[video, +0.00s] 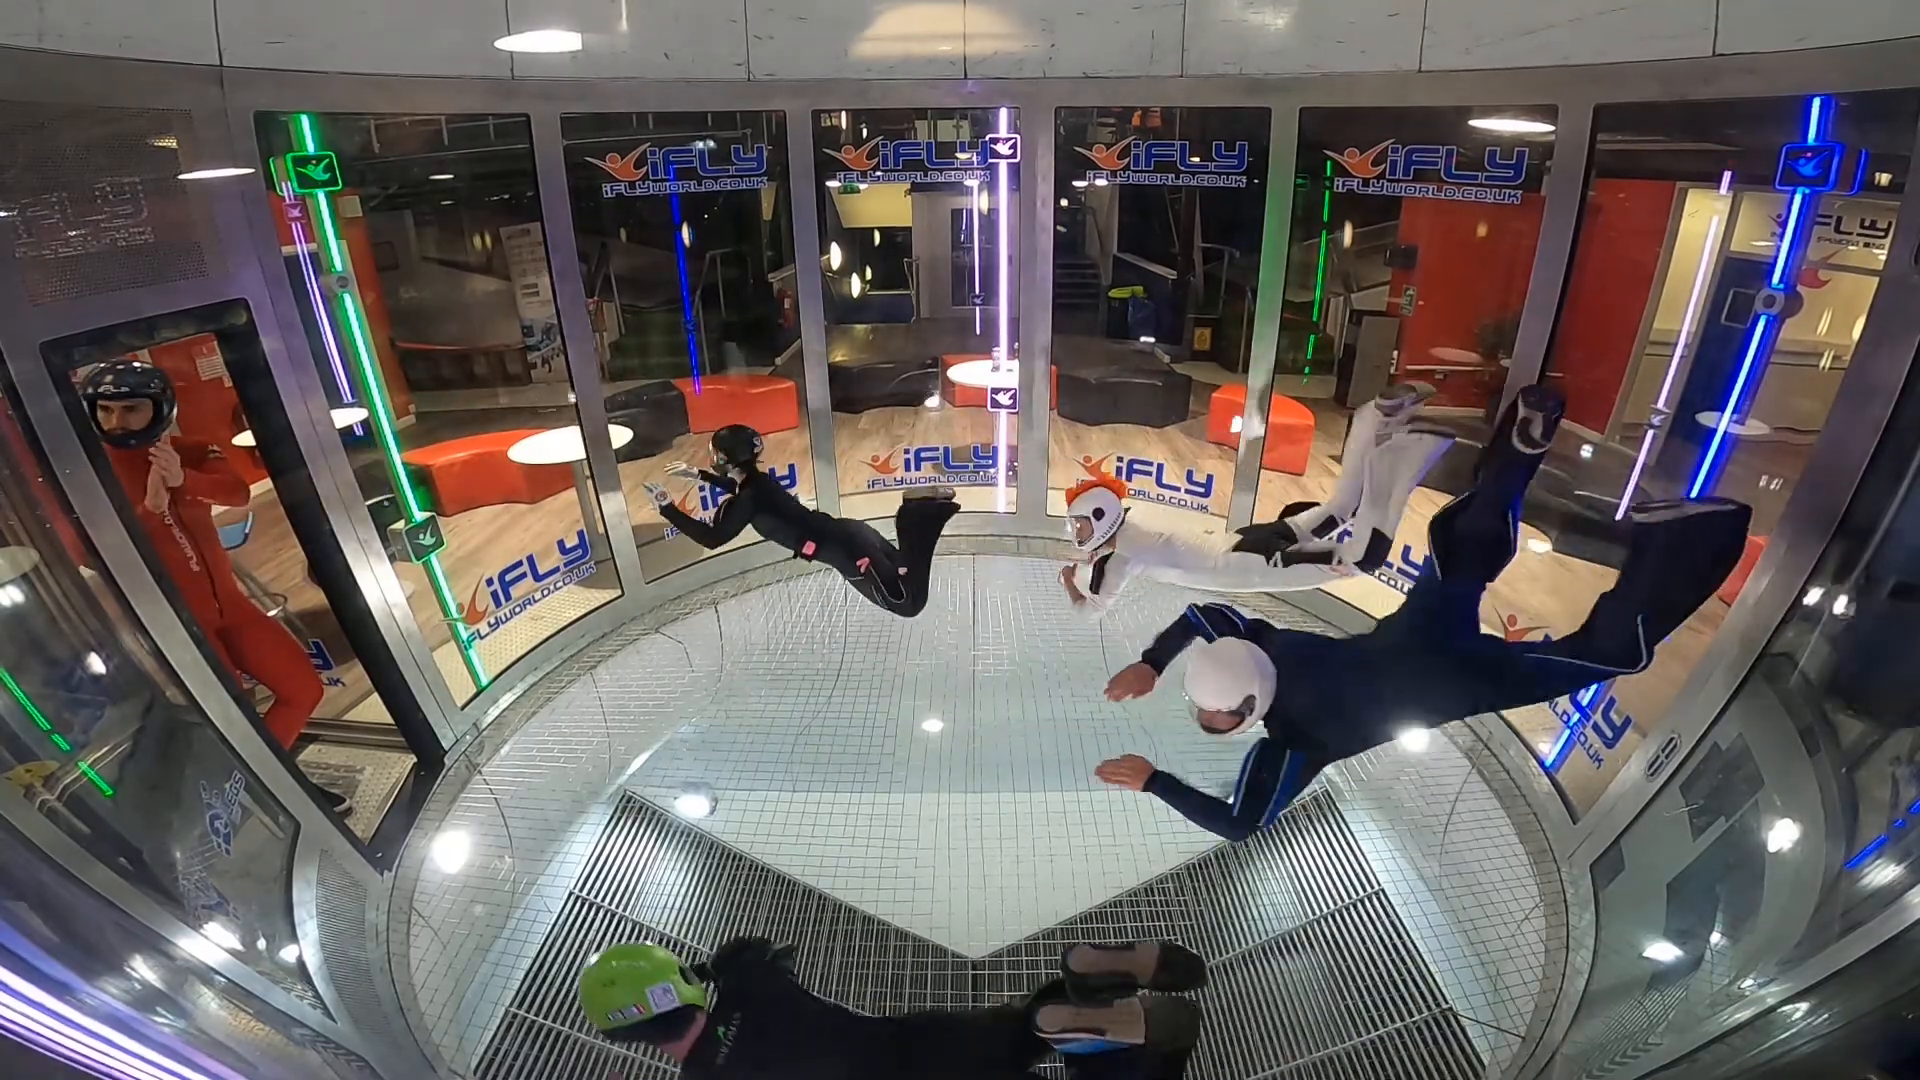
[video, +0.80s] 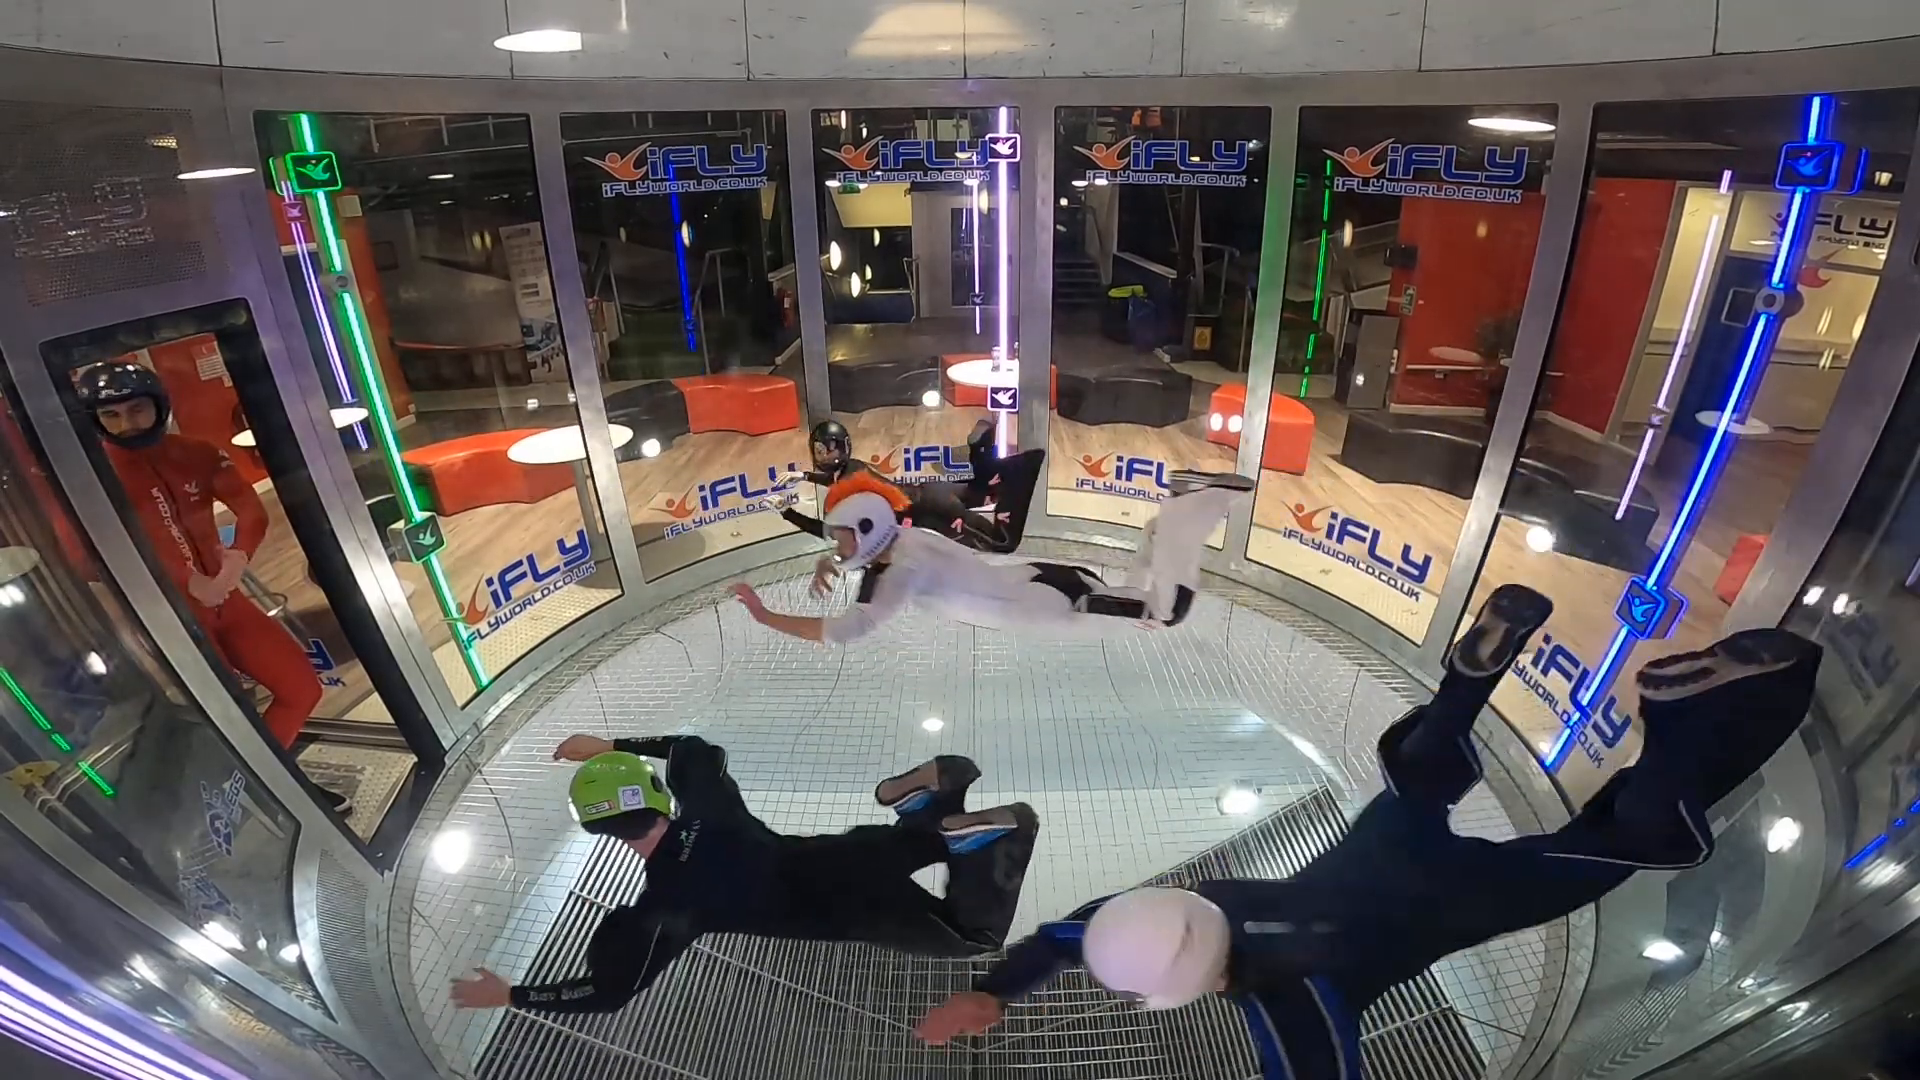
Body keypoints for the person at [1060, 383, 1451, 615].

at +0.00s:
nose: (1074, 530)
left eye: (1082, 522)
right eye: (1073, 522)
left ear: (1104, 520)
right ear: (1092, 519)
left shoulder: (1124, 552)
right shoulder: (1113, 540)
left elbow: (1099, 602)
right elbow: (1099, 579)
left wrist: (1075, 587)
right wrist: (1079, 569)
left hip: (1247, 568)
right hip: (1241, 551)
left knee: (1359, 552)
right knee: (1332, 517)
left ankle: (1385, 445)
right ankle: (1374, 426)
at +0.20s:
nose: (1072, 566)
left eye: (1077, 553)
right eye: (1067, 556)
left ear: (1103, 543)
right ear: (1084, 545)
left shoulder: (1124, 572)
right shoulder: (1122, 546)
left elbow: (1098, 630)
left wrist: (1066, 642)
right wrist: (1093, 593)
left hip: (1263, 565)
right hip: (1249, 542)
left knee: (1376, 541)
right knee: (1332, 494)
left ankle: (1415, 429)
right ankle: (1369, 392)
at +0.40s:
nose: (1034, 578)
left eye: (1038, 568)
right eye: (1032, 571)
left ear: (1059, 562)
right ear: (1054, 557)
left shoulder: (1088, 598)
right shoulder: (1080, 560)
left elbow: (1057, 655)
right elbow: (1071, 582)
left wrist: (1005, 677)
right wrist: (1044, 602)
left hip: (1219, 579)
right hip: (1209, 551)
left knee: (1336, 550)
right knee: (1299, 498)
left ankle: (1381, 433)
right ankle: (1333, 403)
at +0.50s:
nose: (996, 581)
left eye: (1000, 571)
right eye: (993, 572)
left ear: (1023, 563)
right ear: (1023, 555)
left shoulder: (1055, 595)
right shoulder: (1049, 554)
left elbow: (1014, 662)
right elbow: (1032, 592)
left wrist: (949, 692)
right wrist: (1001, 607)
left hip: (1206, 579)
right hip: (1191, 552)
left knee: (1323, 557)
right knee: (1269, 517)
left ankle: (1351, 452)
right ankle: (1307, 429)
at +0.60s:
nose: (956, 571)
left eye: (962, 561)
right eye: (953, 562)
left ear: (984, 552)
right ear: (969, 552)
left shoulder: (1010, 587)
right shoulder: (1000, 554)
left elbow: (967, 656)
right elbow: (973, 583)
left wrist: (898, 674)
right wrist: (947, 598)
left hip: (1150, 590)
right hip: (1143, 561)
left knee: (1277, 576)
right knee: (1236, 545)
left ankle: (1334, 481)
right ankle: (1269, 460)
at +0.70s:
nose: (903, 561)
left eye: (911, 549)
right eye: (900, 552)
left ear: (936, 542)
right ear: (915, 546)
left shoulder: (965, 576)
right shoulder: (952, 558)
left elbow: (909, 645)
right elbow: (916, 618)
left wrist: (835, 646)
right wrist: (894, 601)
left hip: (1109, 591)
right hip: (1094, 574)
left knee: (1225, 594)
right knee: (1189, 574)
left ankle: (1265, 497)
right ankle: (1233, 489)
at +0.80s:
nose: (844, 548)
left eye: (850, 536)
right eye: (839, 538)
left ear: (877, 528)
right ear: (872, 526)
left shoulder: (906, 566)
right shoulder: (903, 543)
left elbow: (849, 629)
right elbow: (857, 552)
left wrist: (772, 621)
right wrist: (833, 570)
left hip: (1049, 590)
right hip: (1036, 581)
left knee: (1168, 608)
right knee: (1149, 598)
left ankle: (1184, 520)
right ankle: (1178, 523)